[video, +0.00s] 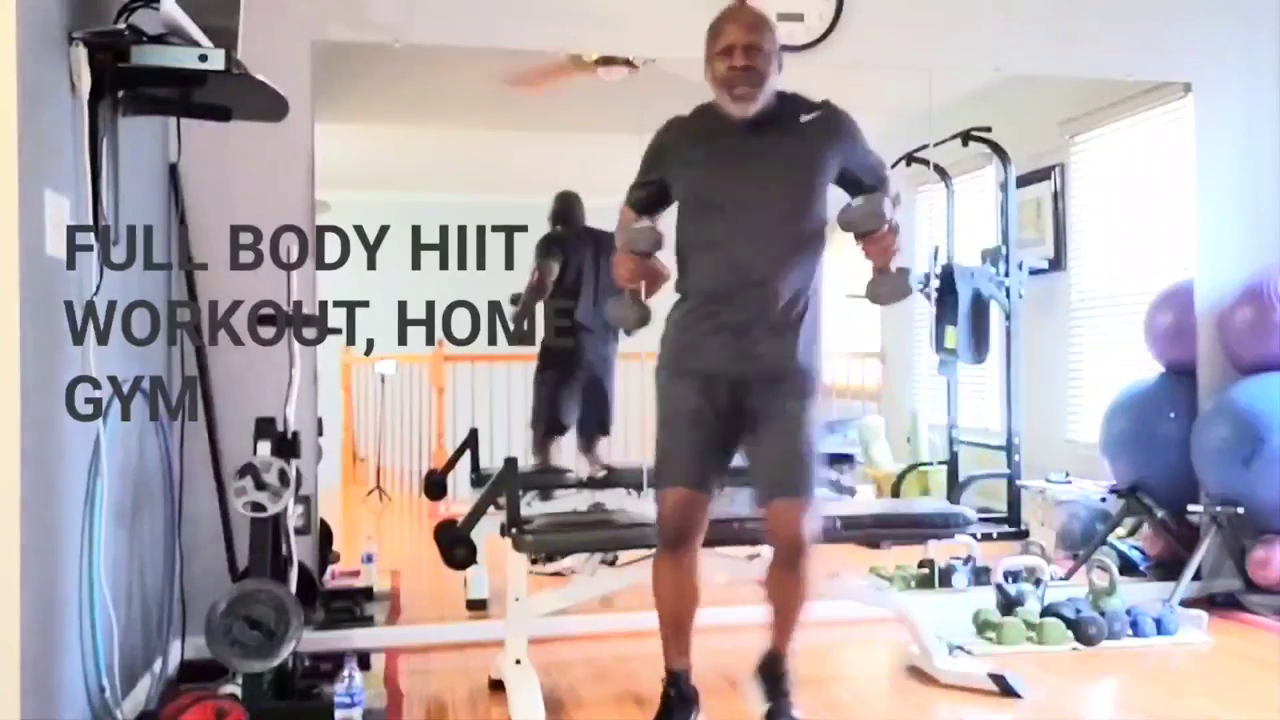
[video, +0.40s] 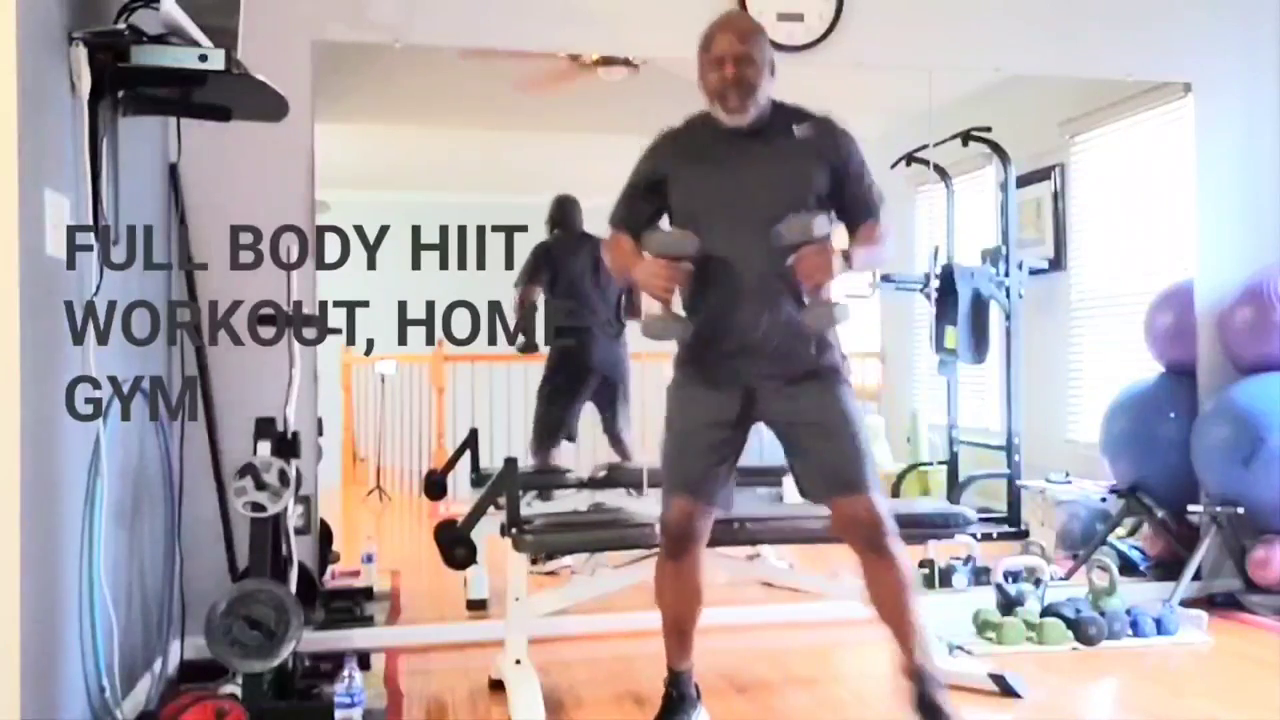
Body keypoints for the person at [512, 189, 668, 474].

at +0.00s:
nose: (554, 221)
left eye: (555, 215)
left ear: (555, 215)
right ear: (582, 213)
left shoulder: (553, 241)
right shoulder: (607, 240)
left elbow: (545, 280)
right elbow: (625, 281)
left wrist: (523, 309)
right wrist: (633, 304)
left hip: (563, 340)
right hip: (600, 339)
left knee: (549, 401)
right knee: (595, 402)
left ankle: (543, 460)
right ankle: (594, 462)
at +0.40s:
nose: (550, 224)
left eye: (550, 219)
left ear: (552, 220)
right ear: (581, 218)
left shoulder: (547, 250)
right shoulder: (608, 248)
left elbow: (527, 297)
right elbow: (634, 307)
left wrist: (528, 335)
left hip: (572, 348)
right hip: (612, 348)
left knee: (546, 431)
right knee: (617, 426)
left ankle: (545, 491)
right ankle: (636, 477)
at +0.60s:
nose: (572, 269)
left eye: (572, 265)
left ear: (571, 266)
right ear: (598, 266)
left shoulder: (566, 299)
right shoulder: (626, 299)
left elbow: (551, 352)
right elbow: (638, 348)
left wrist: (547, 369)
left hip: (587, 397)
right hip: (631, 396)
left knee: (536, 459)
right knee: (637, 462)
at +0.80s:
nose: (587, 248)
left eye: (588, 243)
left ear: (591, 245)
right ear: (618, 244)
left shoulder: (590, 276)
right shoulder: (649, 276)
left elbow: (575, 329)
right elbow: (671, 329)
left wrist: (561, 345)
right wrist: (638, 327)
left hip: (608, 375)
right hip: (650, 375)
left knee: (565, 448)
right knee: (657, 448)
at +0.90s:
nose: (593, 232)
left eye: (595, 228)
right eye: (595, 228)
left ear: (599, 227)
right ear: (625, 226)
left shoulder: (600, 255)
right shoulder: (659, 254)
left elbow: (591, 303)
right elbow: (692, 301)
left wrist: (570, 321)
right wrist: (664, 314)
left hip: (617, 356)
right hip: (657, 357)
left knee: (580, 434)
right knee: (659, 436)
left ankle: (578, 496)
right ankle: (676, 498)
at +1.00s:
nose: (598, 226)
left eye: (600, 221)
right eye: (600, 222)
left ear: (605, 222)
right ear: (631, 221)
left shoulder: (605, 246)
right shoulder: (662, 247)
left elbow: (605, 282)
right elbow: (708, 281)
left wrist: (575, 318)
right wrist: (678, 310)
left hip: (622, 356)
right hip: (662, 357)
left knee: (593, 436)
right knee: (661, 435)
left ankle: (602, 479)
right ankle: (682, 500)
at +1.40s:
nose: (605, 236)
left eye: (607, 232)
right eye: (607, 231)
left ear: (612, 232)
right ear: (639, 231)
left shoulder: (602, 264)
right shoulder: (671, 263)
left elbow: (584, 318)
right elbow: (689, 315)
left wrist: (589, 340)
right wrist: (658, 319)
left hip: (617, 365)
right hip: (661, 365)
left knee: (573, 440)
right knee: (669, 444)